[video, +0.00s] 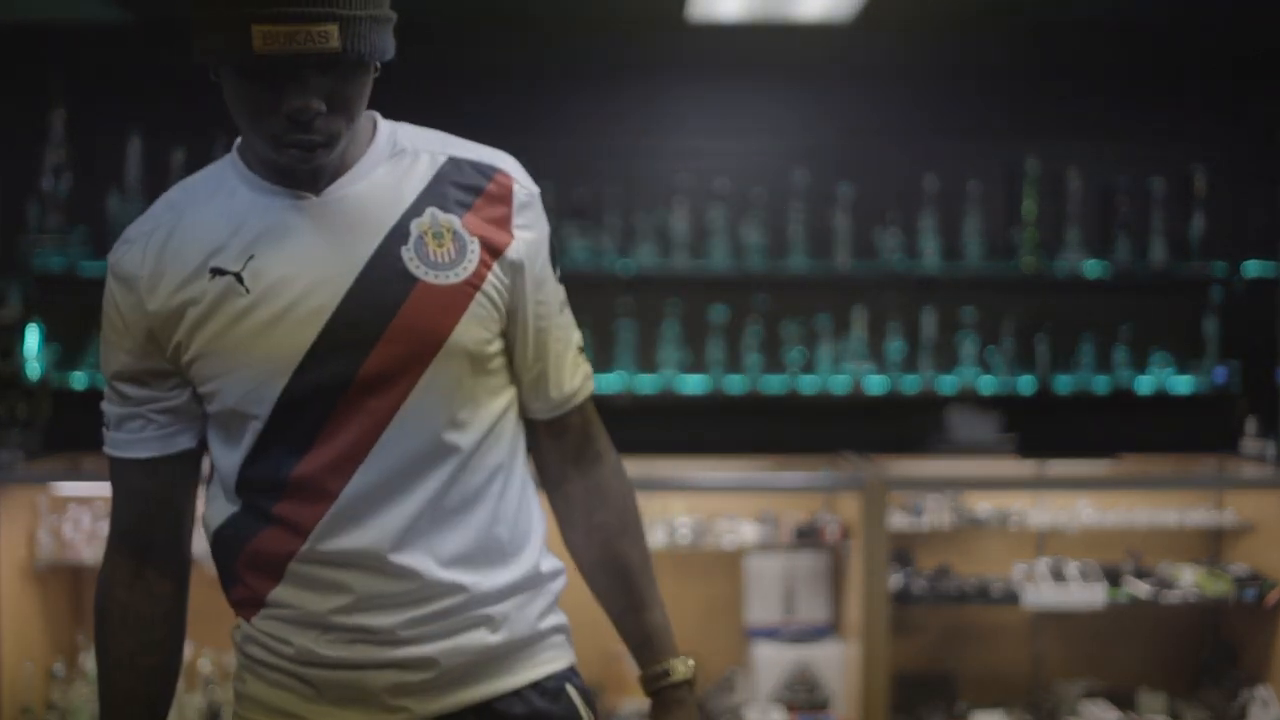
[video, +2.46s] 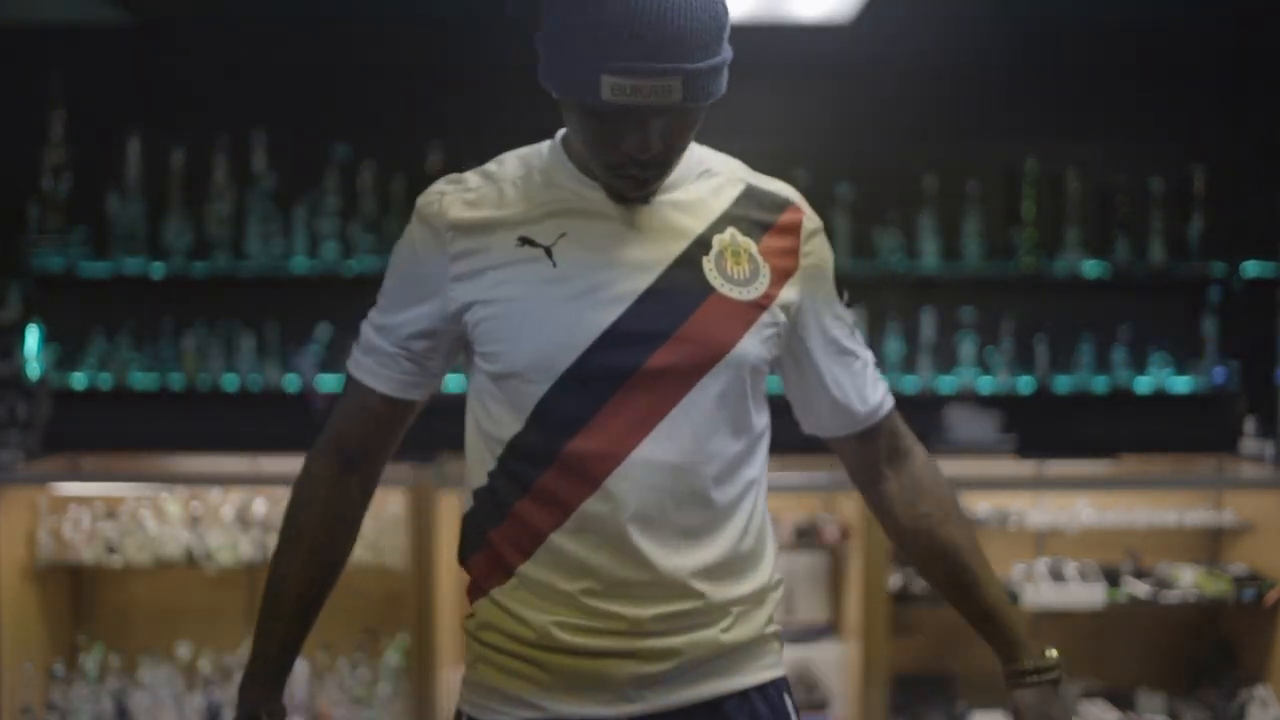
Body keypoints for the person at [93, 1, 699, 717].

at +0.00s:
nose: (305, 106)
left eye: (335, 72)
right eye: (272, 75)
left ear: (377, 57)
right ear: (222, 69)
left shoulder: (492, 197)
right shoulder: (154, 260)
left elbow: (575, 449)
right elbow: (146, 552)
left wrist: (669, 676)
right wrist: (130, 718)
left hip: (508, 678)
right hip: (296, 691)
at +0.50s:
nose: (586, 127)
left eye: (617, 94)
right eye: (550, 93)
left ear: (651, 79)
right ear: (489, 71)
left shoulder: (731, 224)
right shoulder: (389, 237)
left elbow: (788, 506)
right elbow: (337, 522)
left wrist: (848, 706)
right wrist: (283, 713)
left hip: (687, 688)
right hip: (467, 688)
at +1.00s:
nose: (760, 137)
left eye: (793, 106)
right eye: (728, 102)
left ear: (829, 84)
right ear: (669, 66)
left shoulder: (884, 228)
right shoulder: (549, 210)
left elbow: (915, 504)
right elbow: (481, 486)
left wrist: (961, 704)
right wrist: (419, 707)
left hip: (789, 688)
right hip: (581, 686)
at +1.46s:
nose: (671, 122)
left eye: (699, 90)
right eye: (639, 87)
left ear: (735, 77)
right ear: (583, 69)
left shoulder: (803, 225)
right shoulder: (481, 223)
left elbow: (836, 492)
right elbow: (433, 499)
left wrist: (889, 707)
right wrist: (388, 709)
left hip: (734, 686)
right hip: (531, 688)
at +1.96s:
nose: (553, 133)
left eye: (582, 104)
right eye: (523, 102)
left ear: (622, 84)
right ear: (476, 84)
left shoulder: (706, 222)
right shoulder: (394, 240)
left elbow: (753, 484)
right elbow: (355, 506)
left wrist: (820, 700)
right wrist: (304, 709)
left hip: (667, 682)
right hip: (467, 688)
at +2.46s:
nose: (645, 144)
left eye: (674, 111)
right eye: (613, 113)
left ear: (706, 91)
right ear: (561, 89)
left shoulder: (776, 227)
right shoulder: (459, 224)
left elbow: (884, 454)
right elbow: (348, 459)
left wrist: (1029, 658)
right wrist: (257, 692)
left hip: (726, 680)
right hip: (526, 687)